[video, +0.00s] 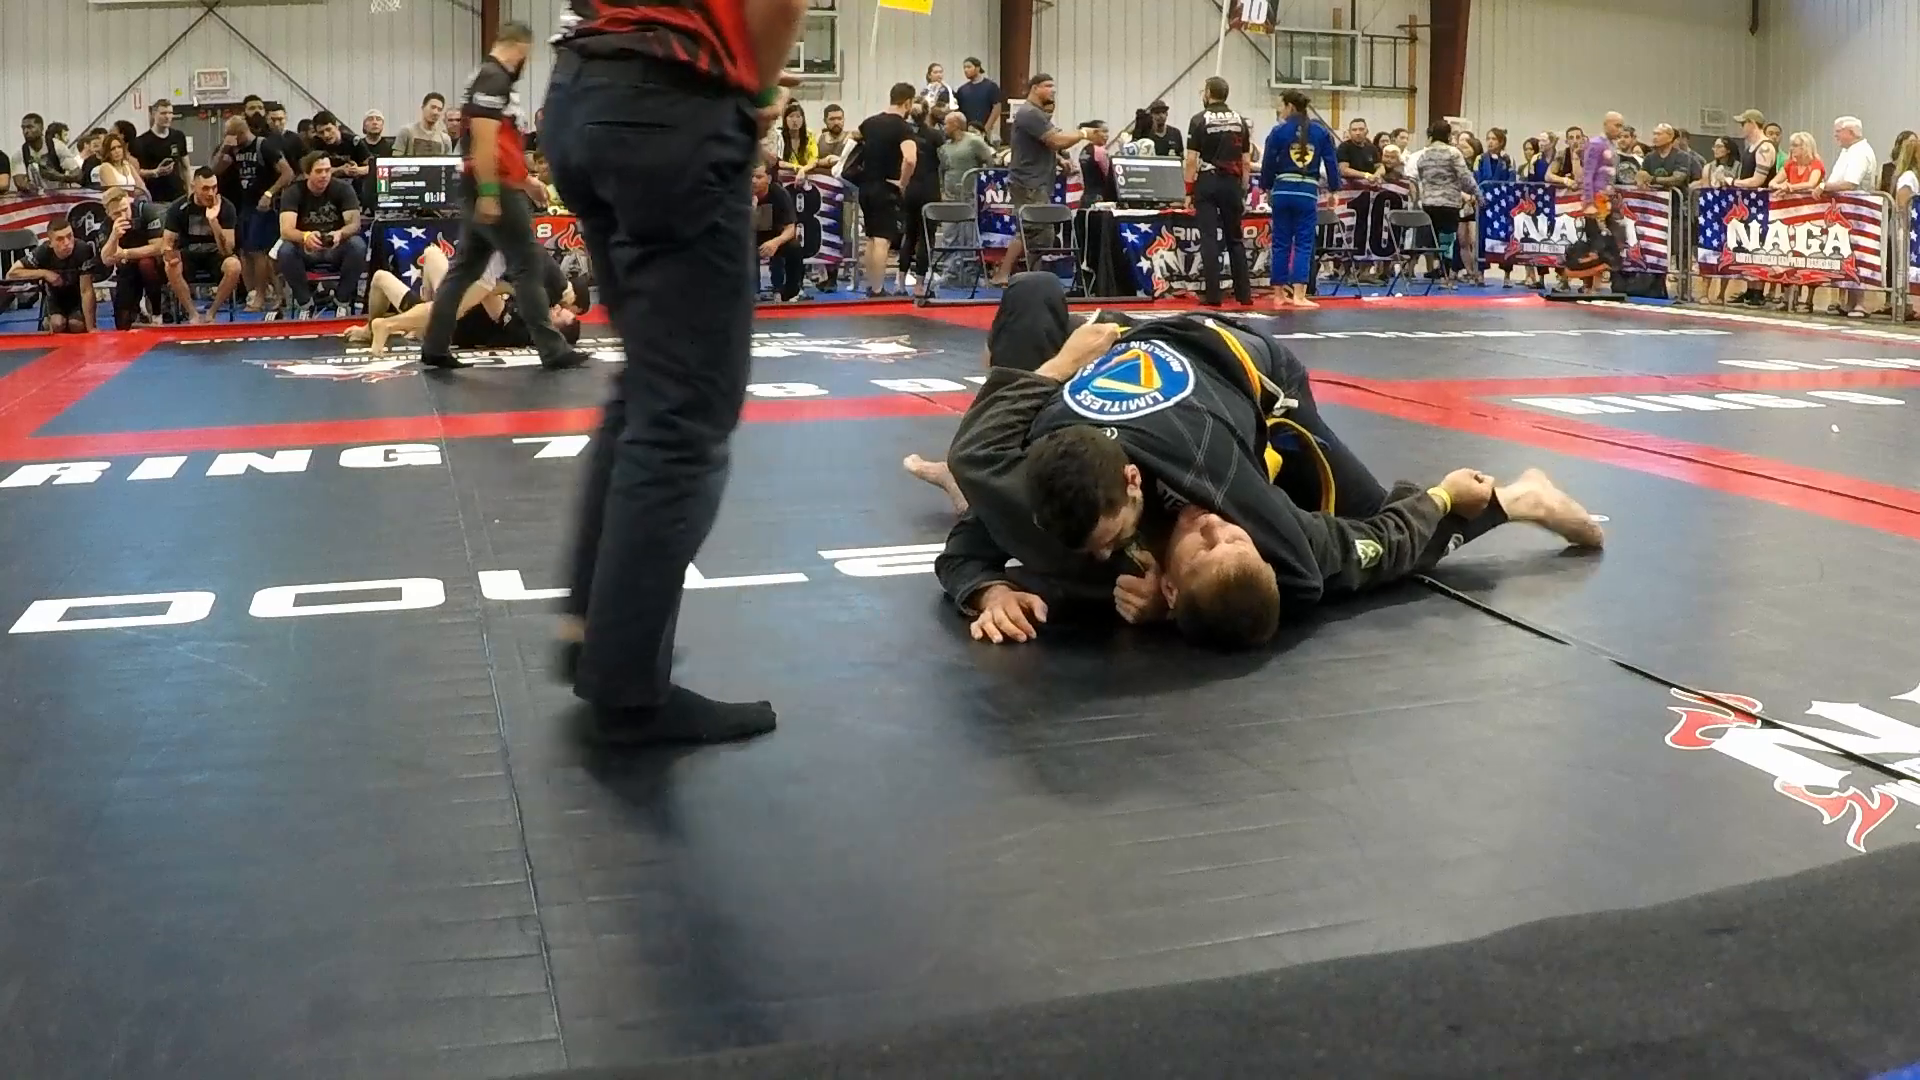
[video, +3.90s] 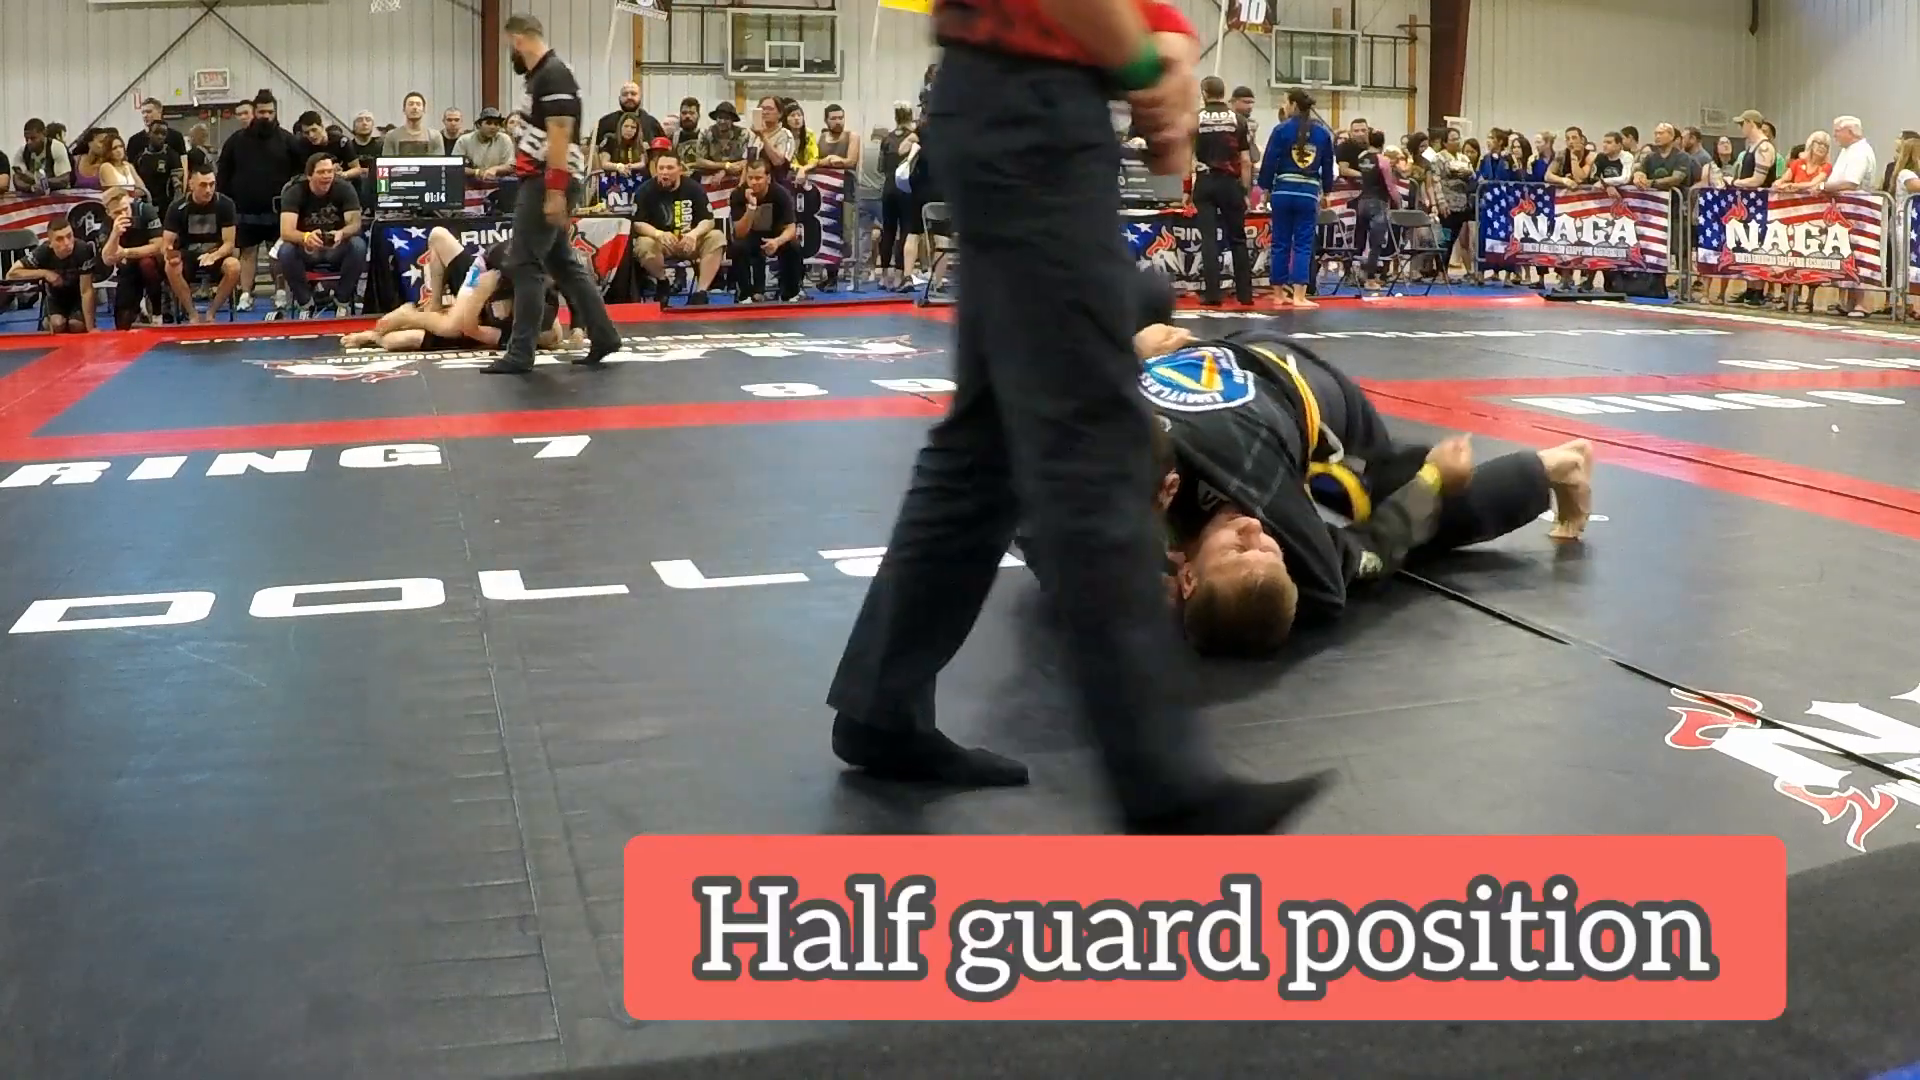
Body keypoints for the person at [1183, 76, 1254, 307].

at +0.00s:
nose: (1202, 94)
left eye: (1204, 91)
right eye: (1204, 90)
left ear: (1208, 94)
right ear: (1226, 95)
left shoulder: (1199, 120)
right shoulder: (1239, 120)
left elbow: (1191, 160)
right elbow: (1245, 160)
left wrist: (1189, 191)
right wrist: (1243, 190)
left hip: (1207, 179)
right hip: (1232, 181)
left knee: (1208, 238)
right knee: (1235, 238)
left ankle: (1213, 295)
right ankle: (1243, 294)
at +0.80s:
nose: (1203, 95)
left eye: (1204, 92)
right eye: (1204, 92)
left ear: (1208, 94)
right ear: (1226, 94)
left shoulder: (1197, 120)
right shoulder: (1241, 121)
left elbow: (1177, 149)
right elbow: (1245, 159)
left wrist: (1164, 169)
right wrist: (1244, 189)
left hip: (1206, 181)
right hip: (1233, 183)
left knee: (1208, 238)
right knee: (1235, 238)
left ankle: (1212, 295)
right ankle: (1244, 295)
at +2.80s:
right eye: (1225, 92)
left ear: (1208, 93)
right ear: (1228, 94)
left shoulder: (1194, 120)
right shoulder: (1238, 121)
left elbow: (1187, 158)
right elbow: (1244, 160)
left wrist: (1189, 189)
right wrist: (1244, 192)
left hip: (1204, 181)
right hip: (1230, 182)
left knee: (1208, 239)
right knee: (1237, 238)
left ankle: (1212, 294)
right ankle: (1245, 294)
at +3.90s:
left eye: (1203, 92)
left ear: (1204, 94)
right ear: (1224, 93)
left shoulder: (1194, 119)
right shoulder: (1238, 120)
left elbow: (1188, 157)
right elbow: (1245, 159)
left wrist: (1186, 189)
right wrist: (1246, 191)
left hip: (1203, 180)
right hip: (1231, 181)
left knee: (1208, 239)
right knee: (1237, 238)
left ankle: (1212, 295)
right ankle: (1245, 294)